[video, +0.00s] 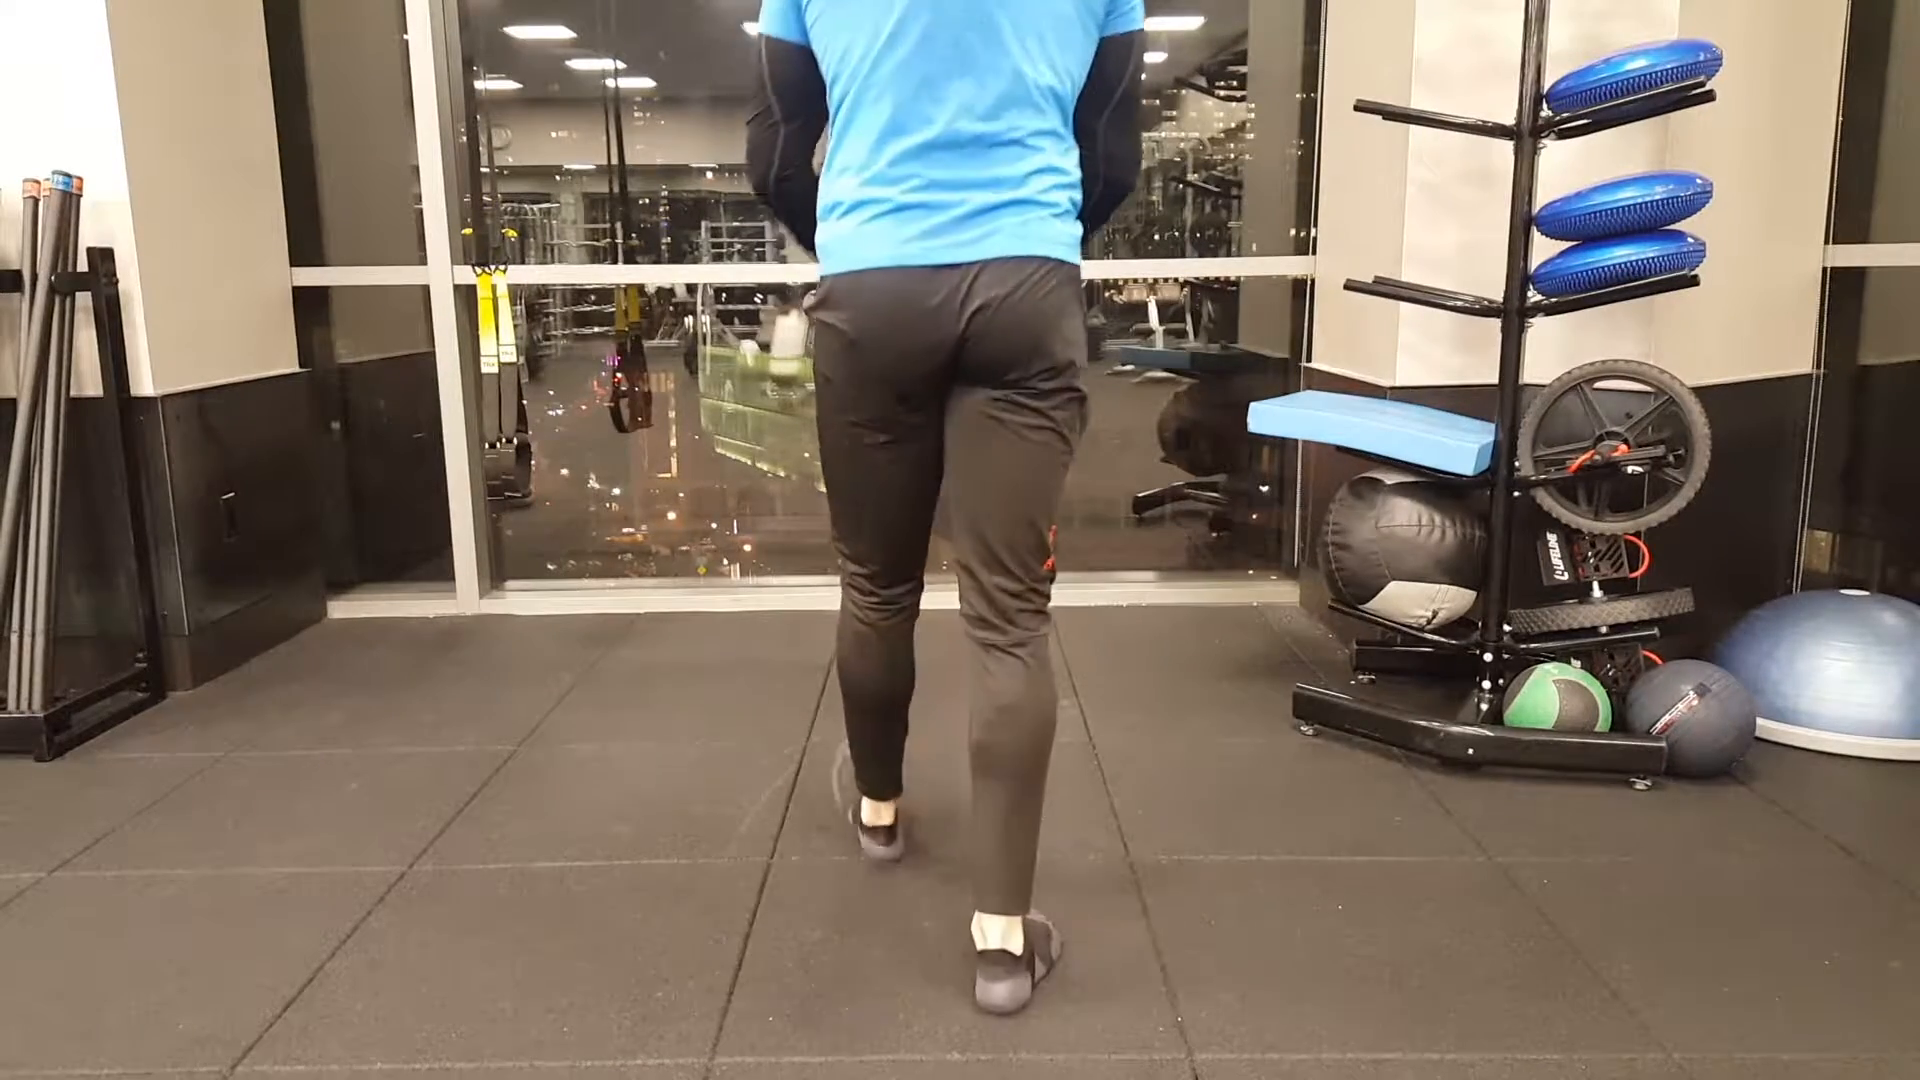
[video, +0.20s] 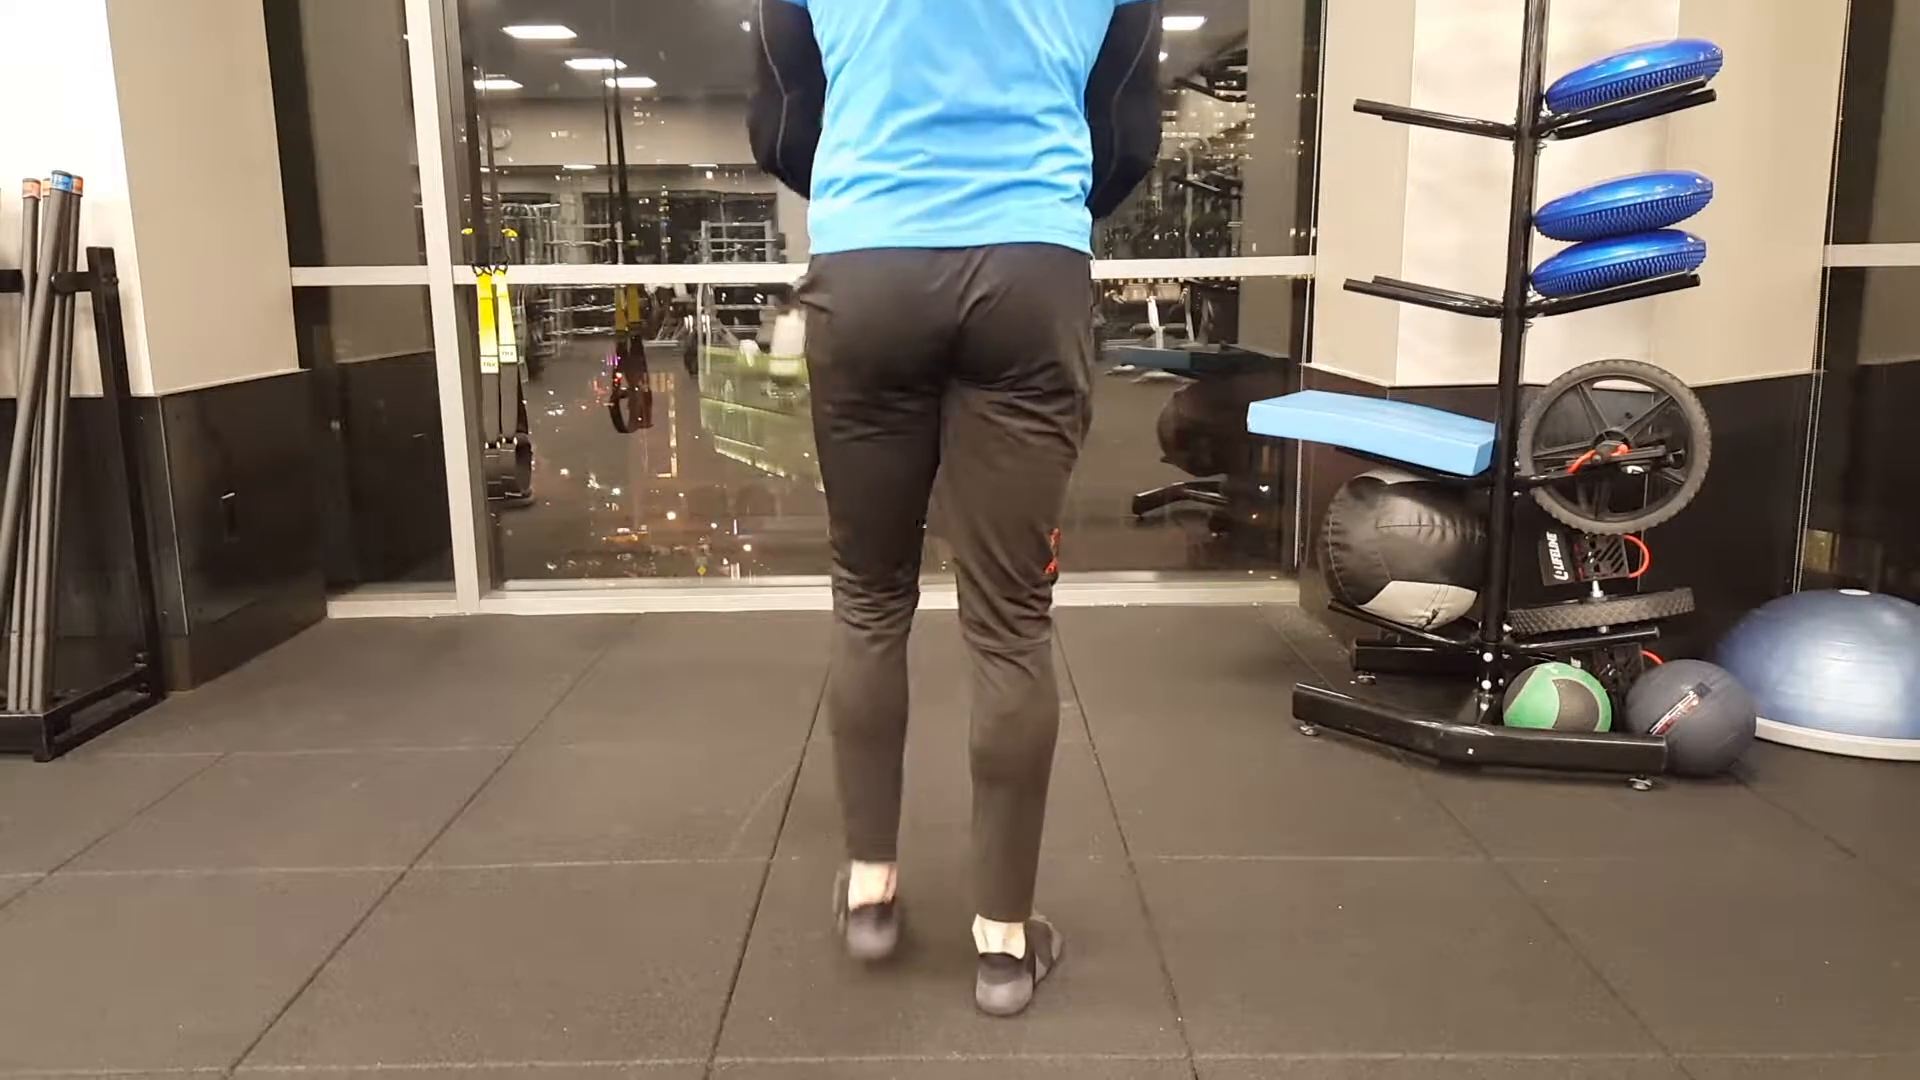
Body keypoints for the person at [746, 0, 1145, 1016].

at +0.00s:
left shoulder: (812, 2)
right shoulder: (1100, 2)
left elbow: (775, 160)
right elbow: (1109, 168)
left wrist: (860, 240)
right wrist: (1030, 235)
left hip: (872, 279)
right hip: (1030, 275)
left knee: (877, 584)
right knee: (1009, 610)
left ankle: (879, 805)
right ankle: (1002, 938)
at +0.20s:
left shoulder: (807, 3)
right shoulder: (1107, 3)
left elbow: (785, 137)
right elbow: (1127, 143)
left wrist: (882, 197)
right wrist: (1041, 215)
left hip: (866, 261)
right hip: (1034, 258)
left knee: (871, 597)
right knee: (1010, 613)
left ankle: (870, 891)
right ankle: (1002, 943)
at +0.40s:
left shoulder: (788, 1)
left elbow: (759, 131)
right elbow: (1119, 133)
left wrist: (875, 181)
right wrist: (1020, 191)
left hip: (851, 254)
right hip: (1023, 253)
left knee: (856, 624)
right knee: (1010, 622)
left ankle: (855, 945)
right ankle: (1005, 944)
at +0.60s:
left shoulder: (758, 1)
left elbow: (736, 139)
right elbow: (1103, 129)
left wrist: (862, 152)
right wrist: (997, 173)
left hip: (828, 259)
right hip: (1009, 261)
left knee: (845, 634)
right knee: (1021, 614)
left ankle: (854, 949)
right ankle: (1037, 940)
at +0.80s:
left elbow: (735, 133)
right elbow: (1116, 131)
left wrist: (866, 141)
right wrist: (994, 144)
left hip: (844, 262)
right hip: (1026, 265)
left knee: (851, 641)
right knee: (1035, 632)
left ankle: (855, 949)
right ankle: (1060, 952)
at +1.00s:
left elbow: (753, 135)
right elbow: (1132, 128)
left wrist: (882, 117)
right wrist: (1004, 137)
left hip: (866, 268)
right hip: (1047, 260)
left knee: (854, 627)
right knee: (1052, 635)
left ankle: (845, 941)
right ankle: (1065, 954)